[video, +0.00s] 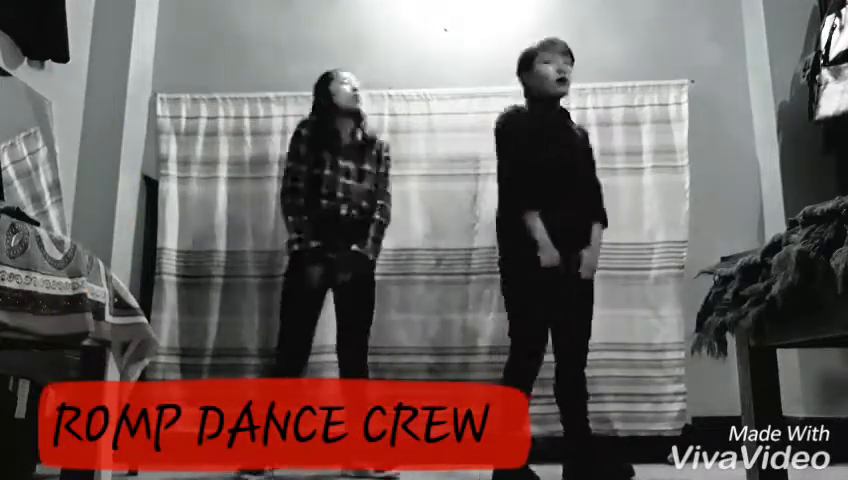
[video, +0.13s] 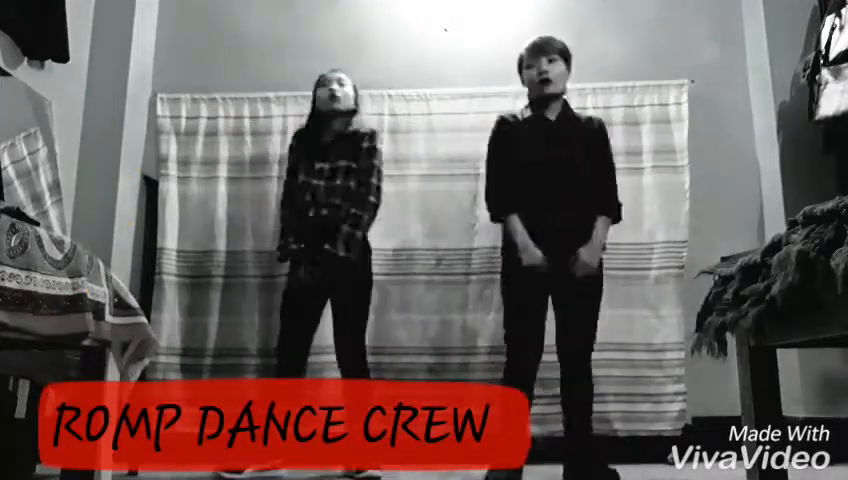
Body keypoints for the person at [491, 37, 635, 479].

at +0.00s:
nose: (562, 70)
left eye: (567, 65)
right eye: (550, 63)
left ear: (571, 77)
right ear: (526, 74)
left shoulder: (576, 133)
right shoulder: (514, 123)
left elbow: (592, 193)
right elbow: (518, 188)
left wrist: (594, 244)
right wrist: (543, 241)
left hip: (573, 258)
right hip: (526, 255)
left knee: (572, 358)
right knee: (527, 353)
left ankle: (579, 452)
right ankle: (505, 452)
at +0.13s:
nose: (543, 70)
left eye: (552, 63)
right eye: (534, 66)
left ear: (568, 72)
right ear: (524, 78)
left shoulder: (591, 129)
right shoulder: (509, 130)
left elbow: (606, 194)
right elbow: (500, 195)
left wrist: (596, 244)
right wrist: (523, 242)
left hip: (579, 259)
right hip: (524, 258)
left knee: (577, 358)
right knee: (522, 357)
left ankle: (580, 456)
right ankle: (507, 458)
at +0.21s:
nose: (536, 72)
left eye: (546, 63)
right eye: (529, 66)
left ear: (568, 71)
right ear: (523, 76)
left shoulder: (595, 125)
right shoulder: (511, 132)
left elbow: (608, 191)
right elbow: (498, 196)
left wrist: (589, 240)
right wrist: (515, 243)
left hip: (581, 257)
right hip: (525, 257)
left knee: (579, 359)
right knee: (518, 358)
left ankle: (585, 460)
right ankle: (507, 461)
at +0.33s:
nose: (528, 74)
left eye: (537, 65)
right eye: (525, 69)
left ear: (566, 67)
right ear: (525, 78)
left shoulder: (591, 114)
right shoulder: (522, 133)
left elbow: (599, 183)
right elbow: (506, 194)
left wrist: (569, 237)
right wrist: (510, 243)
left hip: (580, 250)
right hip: (531, 254)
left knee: (591, 351)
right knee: (519, 357)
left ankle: (623, 453)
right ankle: (508, 458)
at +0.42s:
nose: (525, 78)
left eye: (534, 68)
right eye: (525, 71)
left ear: (563, 69)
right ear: (542, 76)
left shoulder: (589, 115)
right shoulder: (537, 125)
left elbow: (584, 180)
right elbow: (524, 188)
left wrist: (559, 229)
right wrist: (521, 239)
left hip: (581, 252)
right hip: (540, 255)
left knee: (596, 355)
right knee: (525, 355)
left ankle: (635, 451)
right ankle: (511, 454)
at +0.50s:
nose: (527, 83)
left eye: (534, 73)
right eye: (527, 76)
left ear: (563, 73)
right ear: (558, 77)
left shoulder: (584, 117)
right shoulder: (556, 125)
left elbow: (577, 188)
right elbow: (546, 191)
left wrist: (551, 236)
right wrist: (534, 239)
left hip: (580, 259)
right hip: (558, 261)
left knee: (600, 356)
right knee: (530, 355)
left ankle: (637, 455)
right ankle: (511, 453)